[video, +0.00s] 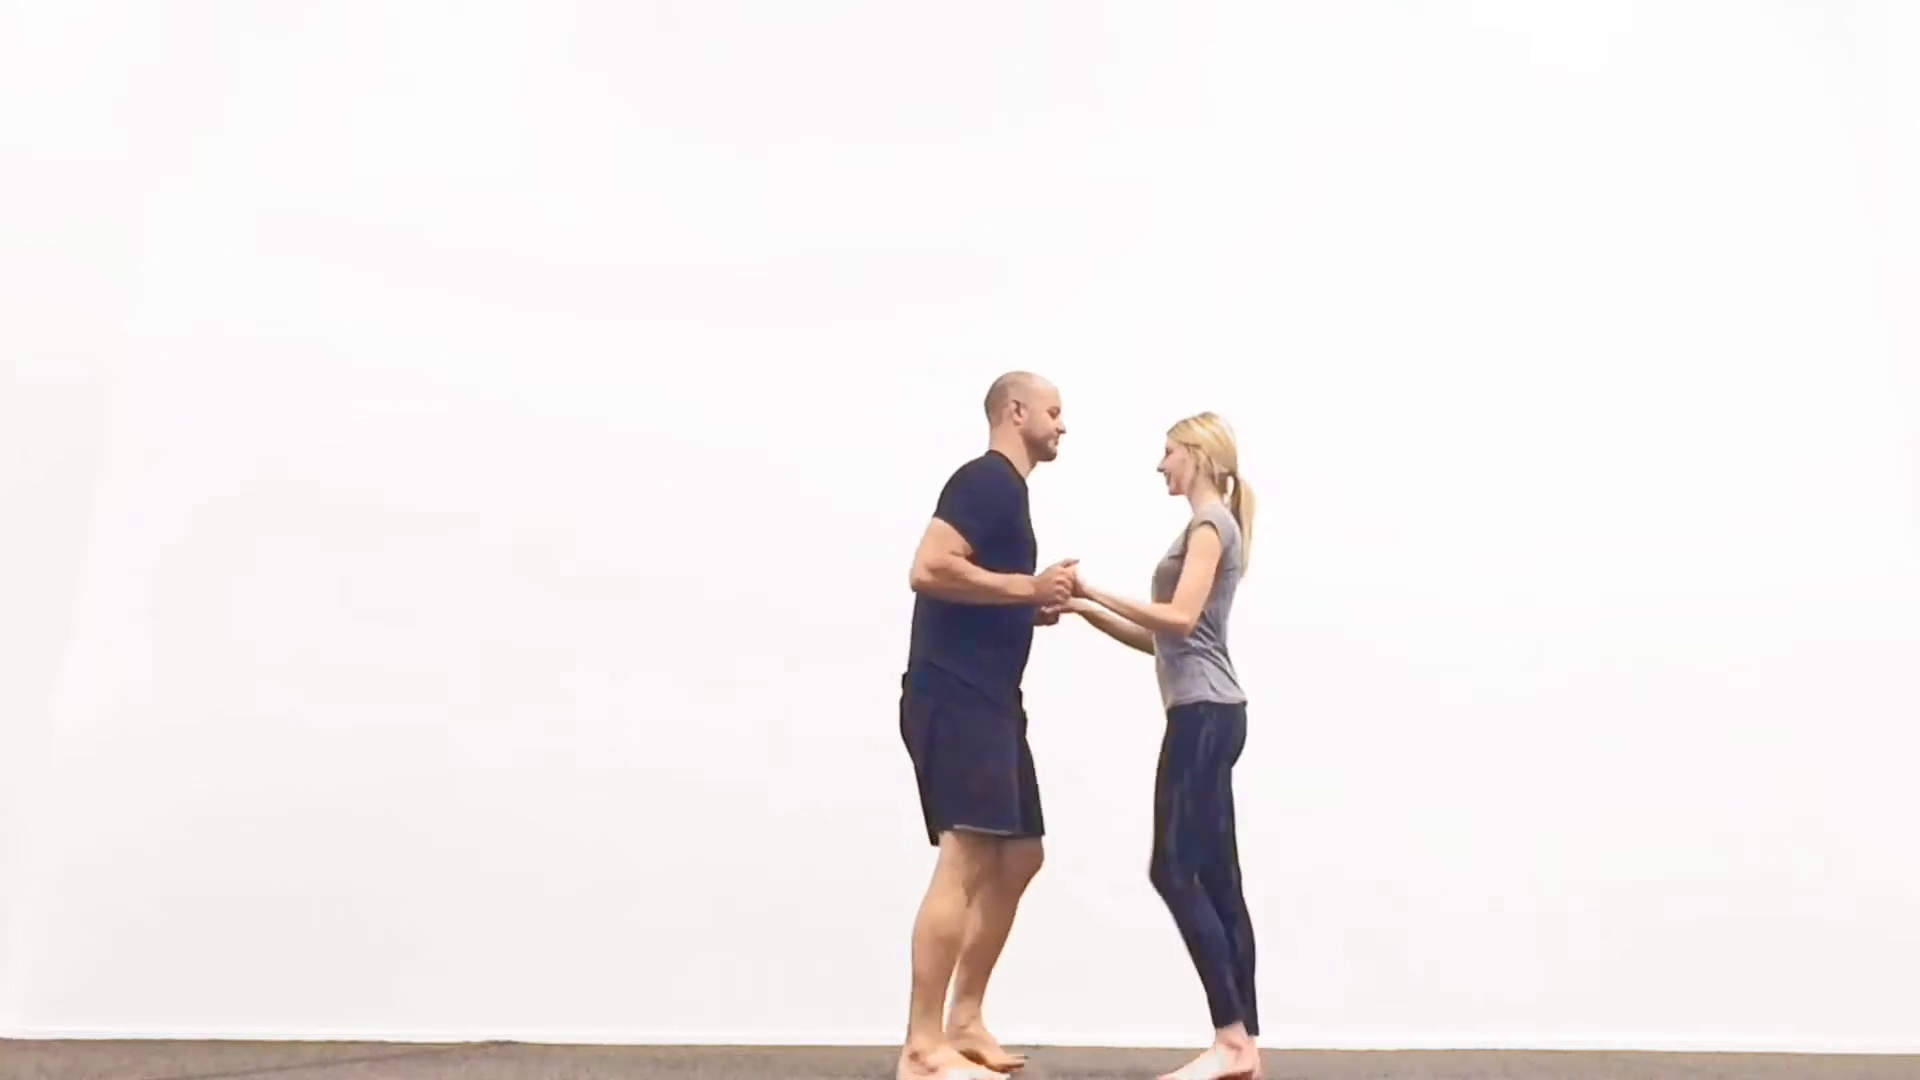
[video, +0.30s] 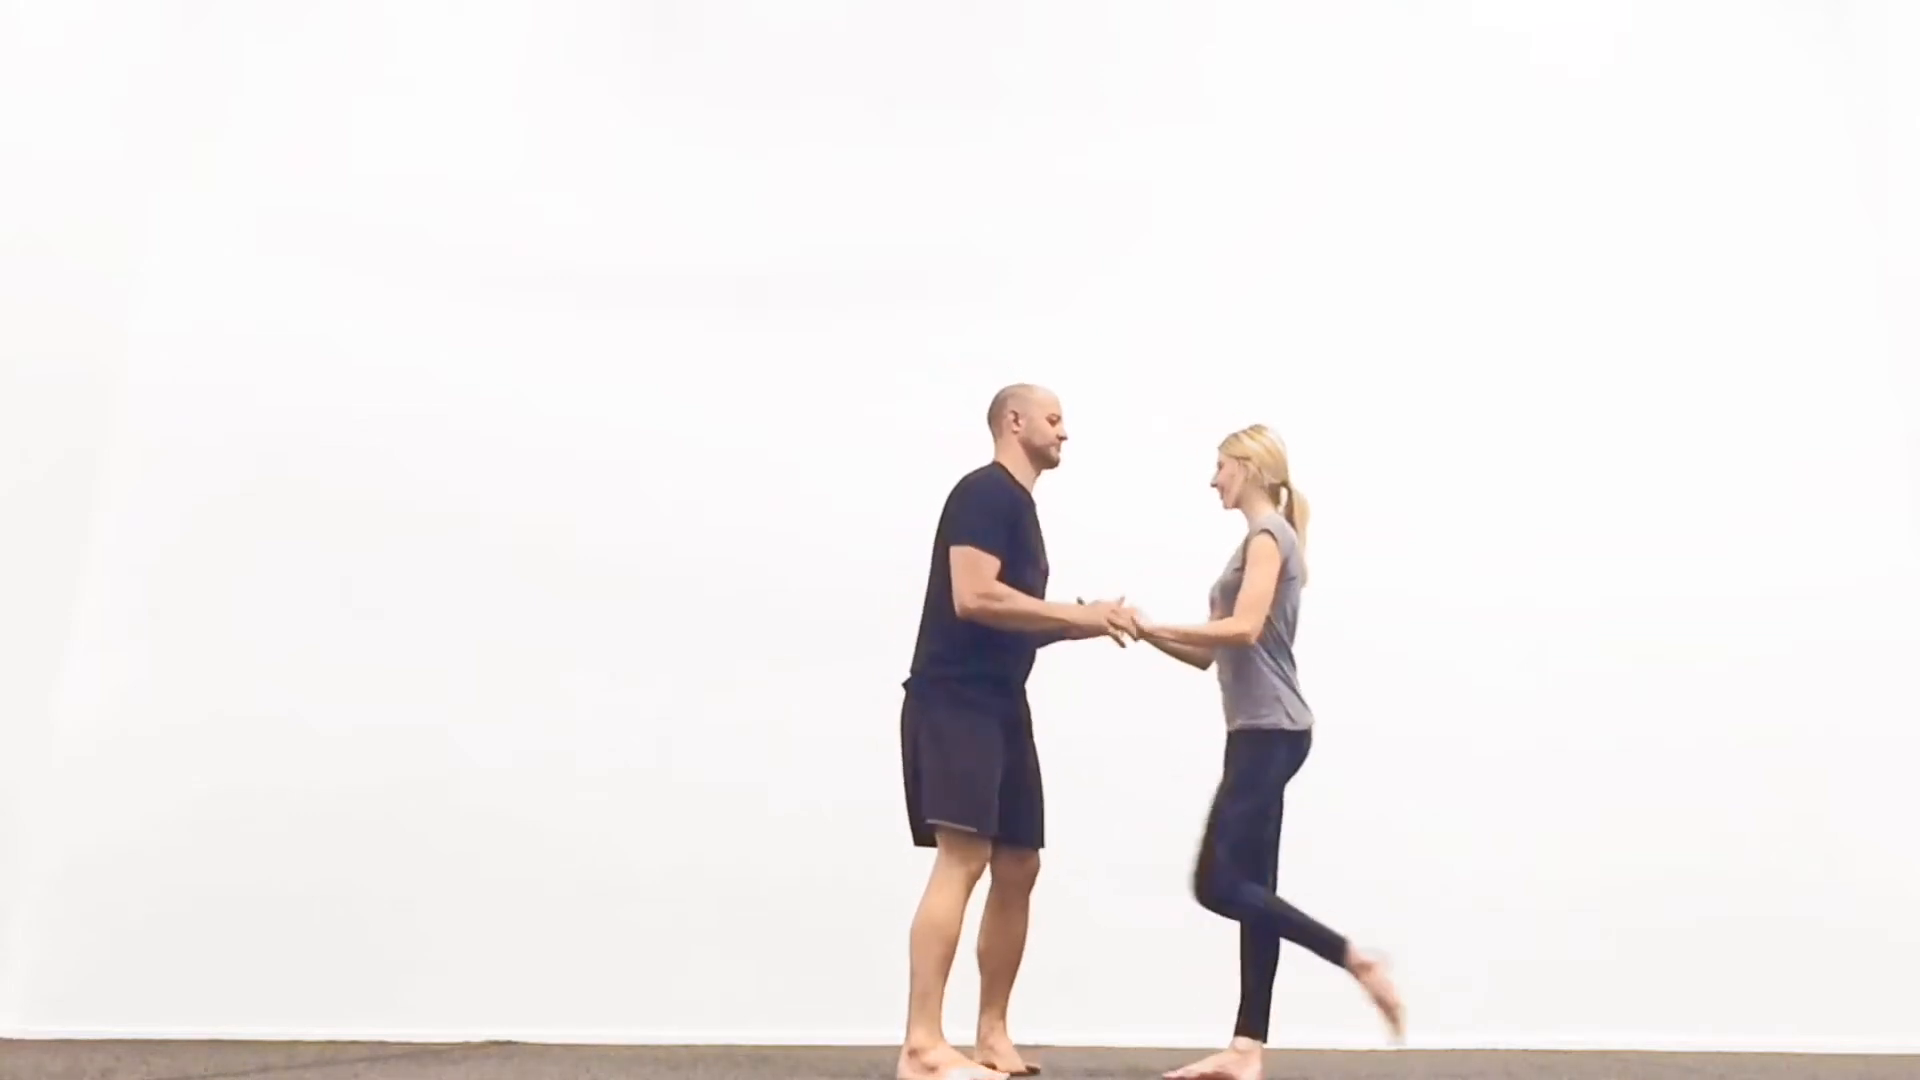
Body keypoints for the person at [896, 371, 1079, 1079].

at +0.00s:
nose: (1063, 424)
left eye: (1062, 413)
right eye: (1054, 412)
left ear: (1017, 415)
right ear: (1014, 413)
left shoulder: (1009, 490)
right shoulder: (985, 479)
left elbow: (973, 599)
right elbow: (929, 570)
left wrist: (1037, 608)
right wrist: (1027, 588)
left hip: (993, 699)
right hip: (955, 698)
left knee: (1018, 858)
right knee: (965, 860)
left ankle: (964, 1023)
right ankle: (921, 1047)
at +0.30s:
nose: (1064, 433)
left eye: (1063, 422)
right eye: (1054, 420)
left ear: (1018, 424)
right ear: (1013, 422)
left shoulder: (1019, 506)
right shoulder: (985, 490)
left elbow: (1014, 619)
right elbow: (973, 596)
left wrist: (1085, 620)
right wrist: (1079, 614)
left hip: (1003, 706)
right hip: (956, 702)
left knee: (1017, 867)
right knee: (962, 856)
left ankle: (992, 1036)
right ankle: (922, 1044)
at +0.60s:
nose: (1064, 439)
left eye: (1064, 429)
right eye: (1052, 426)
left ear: (1030, 434)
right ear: (1012, 430)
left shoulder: (1056, 542)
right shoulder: (963, 497)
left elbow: (1087, 643)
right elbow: (932, 598)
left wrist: (1159, 590)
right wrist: (1040, 610)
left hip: (1013, 716)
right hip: (946, 706)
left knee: (1004, 871)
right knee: (930, 848)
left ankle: (990, 1040)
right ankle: (891, 1031)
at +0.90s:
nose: (1033, 433)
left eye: (1034, 424)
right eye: (1020, 422)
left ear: (1013, 435)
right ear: (980, 430)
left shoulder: (1046, 529)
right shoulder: (930, 503)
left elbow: (1137, 585)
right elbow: (891, 603)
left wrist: (1216, 539)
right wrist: (969, 615)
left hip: (1005, 723)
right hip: (923, 714)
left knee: (999, 872)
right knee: (869, 846)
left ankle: (992, 1043)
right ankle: (798, 1007)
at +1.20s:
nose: (992, 435)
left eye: (994, 426)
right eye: (979, 424)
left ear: (987, 437)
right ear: (939, 433)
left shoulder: (1011, 530)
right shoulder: (890, 511)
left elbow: (1089, 598)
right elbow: (850, 614)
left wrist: (1170, 560)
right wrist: (928, 636)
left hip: (975, 726)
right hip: (892, 721)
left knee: (988, 873)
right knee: (843, 865)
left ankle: (991, 1043)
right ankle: (786, 1027)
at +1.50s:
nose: (960, 449)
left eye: (961, 438)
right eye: (947, 440)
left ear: (956, 443)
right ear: (909, 448)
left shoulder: (981, 524)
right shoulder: (875, 529)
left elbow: (1063, 579)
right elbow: (870, 643)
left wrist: (1080, 516)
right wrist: (969, 671)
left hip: (958, 726)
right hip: (882, 725)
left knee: (981, 871)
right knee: (836, 870)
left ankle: (991, 1045)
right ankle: (781, 1041)